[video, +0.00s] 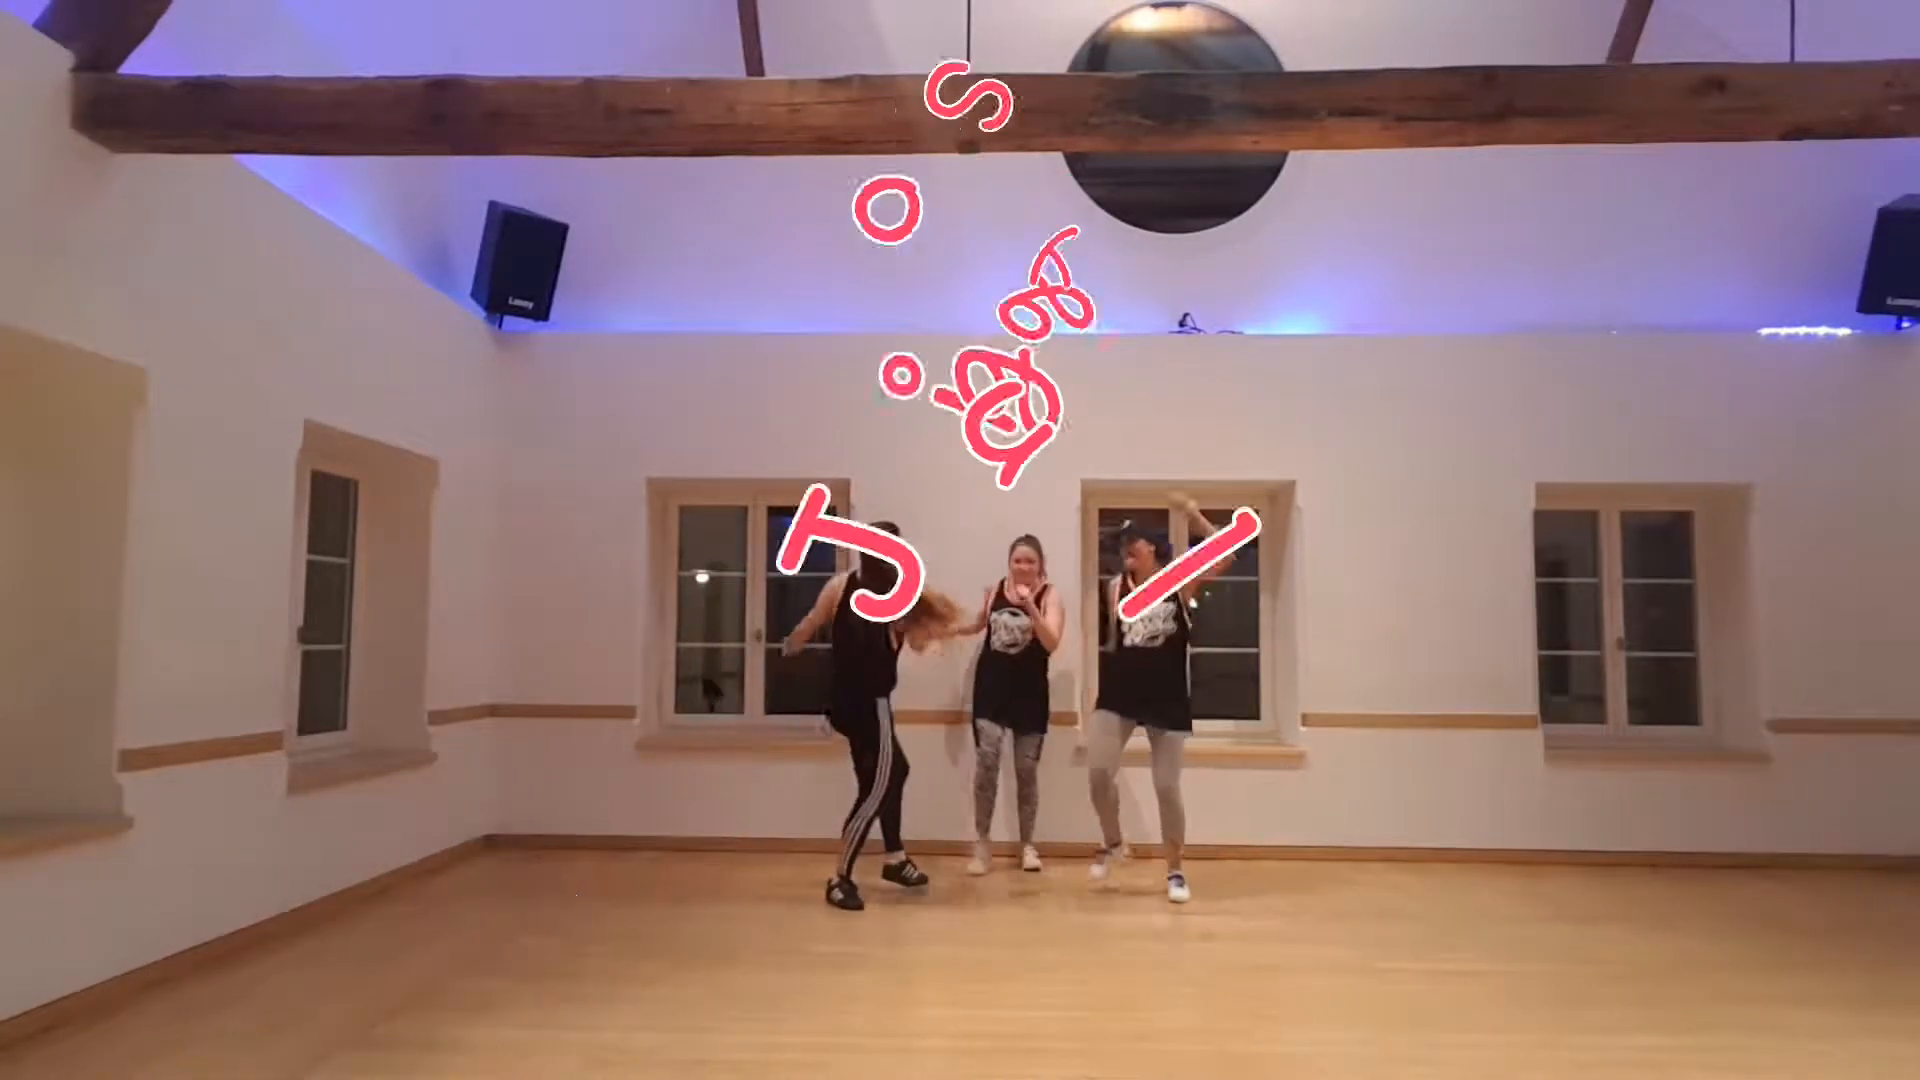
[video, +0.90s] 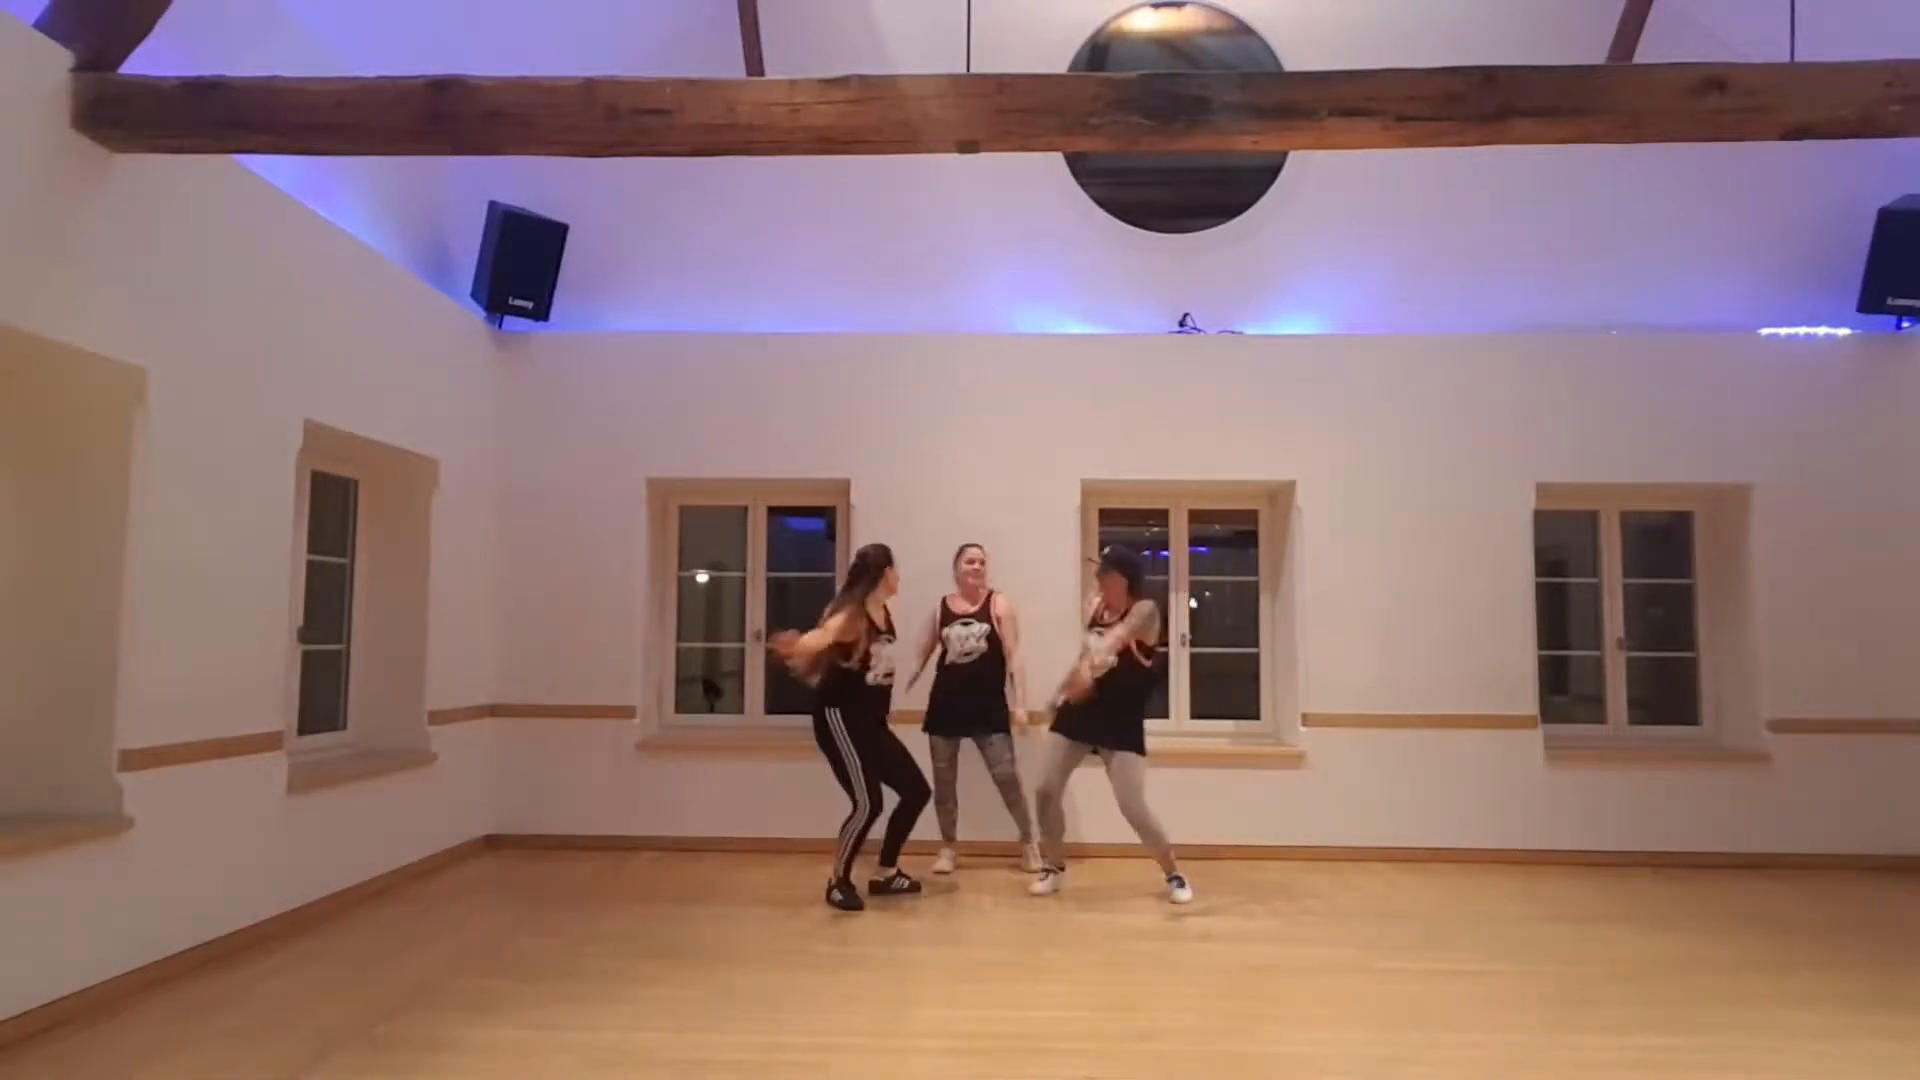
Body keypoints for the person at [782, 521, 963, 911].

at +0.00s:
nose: (892, 558)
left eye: (887, 549)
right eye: (893, 550)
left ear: (862, 552)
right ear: (896, 555)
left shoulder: (840, 584)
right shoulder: (896, 593)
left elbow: (810, 624)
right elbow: (922, 634)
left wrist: (791, 645)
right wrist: (968, 627)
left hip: (847, 698)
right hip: (873, 701)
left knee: (896, 771)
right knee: (876, 789)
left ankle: (896, 859)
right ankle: (841, 878)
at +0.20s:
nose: (894, 567)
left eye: (892, 560)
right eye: (891, 561)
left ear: (855, 564)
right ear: (883, 566)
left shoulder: (835, 604)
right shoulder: (894, 608)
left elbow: (808, 654)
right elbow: (933, 640)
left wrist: (789, 628)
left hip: (846, 712)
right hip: (874, 714)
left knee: (905, 784)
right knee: (895, 802)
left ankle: (888, 873)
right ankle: (844, 880)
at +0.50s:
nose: (891, 549)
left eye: (887, 543)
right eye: (887, 544)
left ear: (854, 549)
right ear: (880, 550)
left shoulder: (839, 588)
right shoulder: (887, 588)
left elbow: (813, 633)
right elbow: (916, 635)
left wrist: (796, 654)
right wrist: (944, 673)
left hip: (864, 698)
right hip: (858, 699)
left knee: (896, 775)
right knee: (868, 787)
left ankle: (891, 864)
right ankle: (838, 879)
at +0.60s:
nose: (891, 550)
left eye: (888, 543)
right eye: (888, 544)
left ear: (858, 549)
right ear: (879, 550)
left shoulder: (848, 585)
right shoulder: (881, 588)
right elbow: (906, 635)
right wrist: (945, 673)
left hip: (848, 690)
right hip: (856, 693)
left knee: (893, 775)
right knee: (863, 788)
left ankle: (887, 867)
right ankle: (838, 879)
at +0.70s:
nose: (894, 559)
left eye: (892, 553)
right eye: (891, 553)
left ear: (865, 557)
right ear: (882, 558)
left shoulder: (877, 596)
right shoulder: (864, 596)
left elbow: (907, 637)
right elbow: (883, 634)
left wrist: (904, 641)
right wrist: (908, 648)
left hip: (861, 700)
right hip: (846, 701)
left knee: (897, 782)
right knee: (869, 792)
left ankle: (884, 870)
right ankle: (838, 880)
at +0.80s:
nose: (898, 571)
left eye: (895, 565)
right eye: (894, 565)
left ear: (869, 572)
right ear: (884, 573)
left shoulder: (875, 615)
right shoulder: (864, 618)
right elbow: (841, 628)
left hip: (861, 713)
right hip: (841, 714)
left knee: (910, 788)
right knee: (872, 800)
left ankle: (886, 874)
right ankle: (839, 881)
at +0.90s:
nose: (898, 575)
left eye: (896, 569)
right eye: (894, 569)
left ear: (875, 574)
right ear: (882, 574)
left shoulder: (882, 610)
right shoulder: (850, 615)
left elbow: (863, 650)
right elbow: (817, 641)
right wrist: (797, 647)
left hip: (867, 716)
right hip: (838, 715)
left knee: (917, 792)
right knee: (868, 802)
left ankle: (885, 874)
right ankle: (839, 881)